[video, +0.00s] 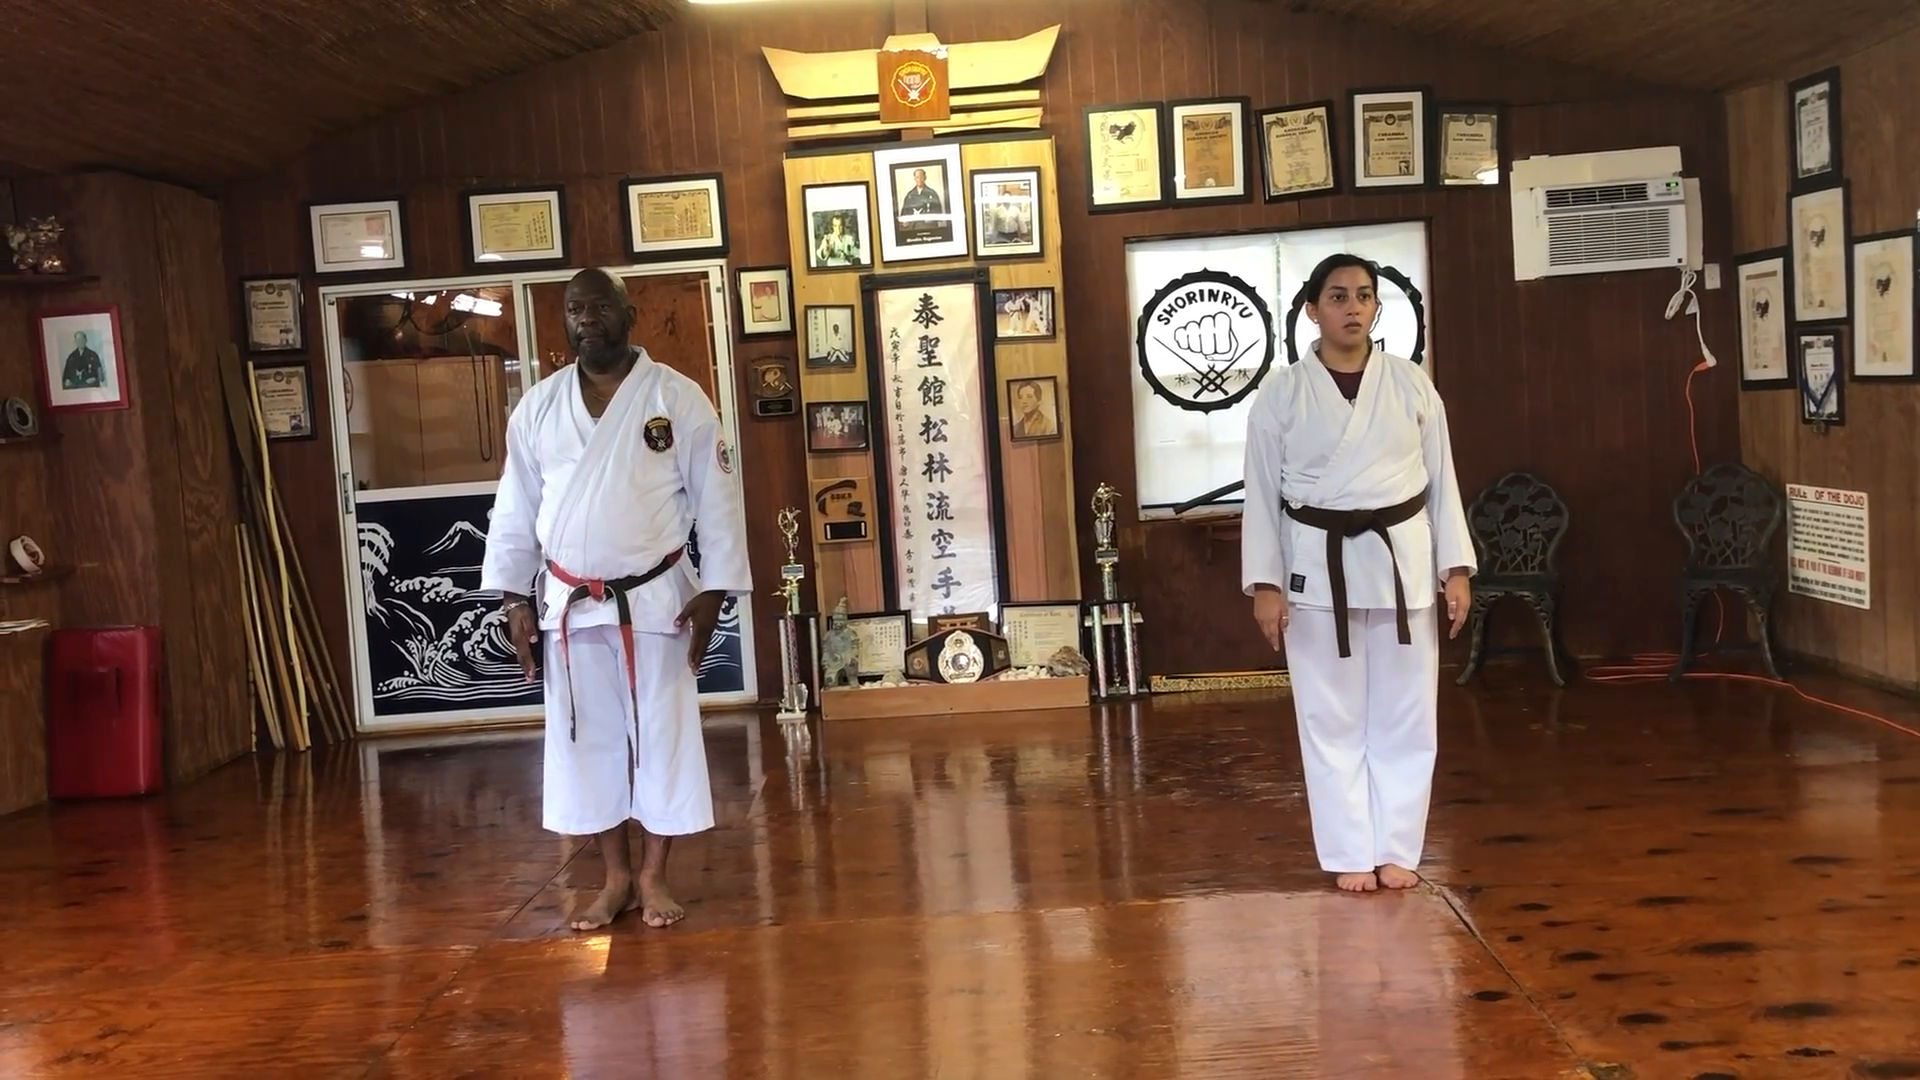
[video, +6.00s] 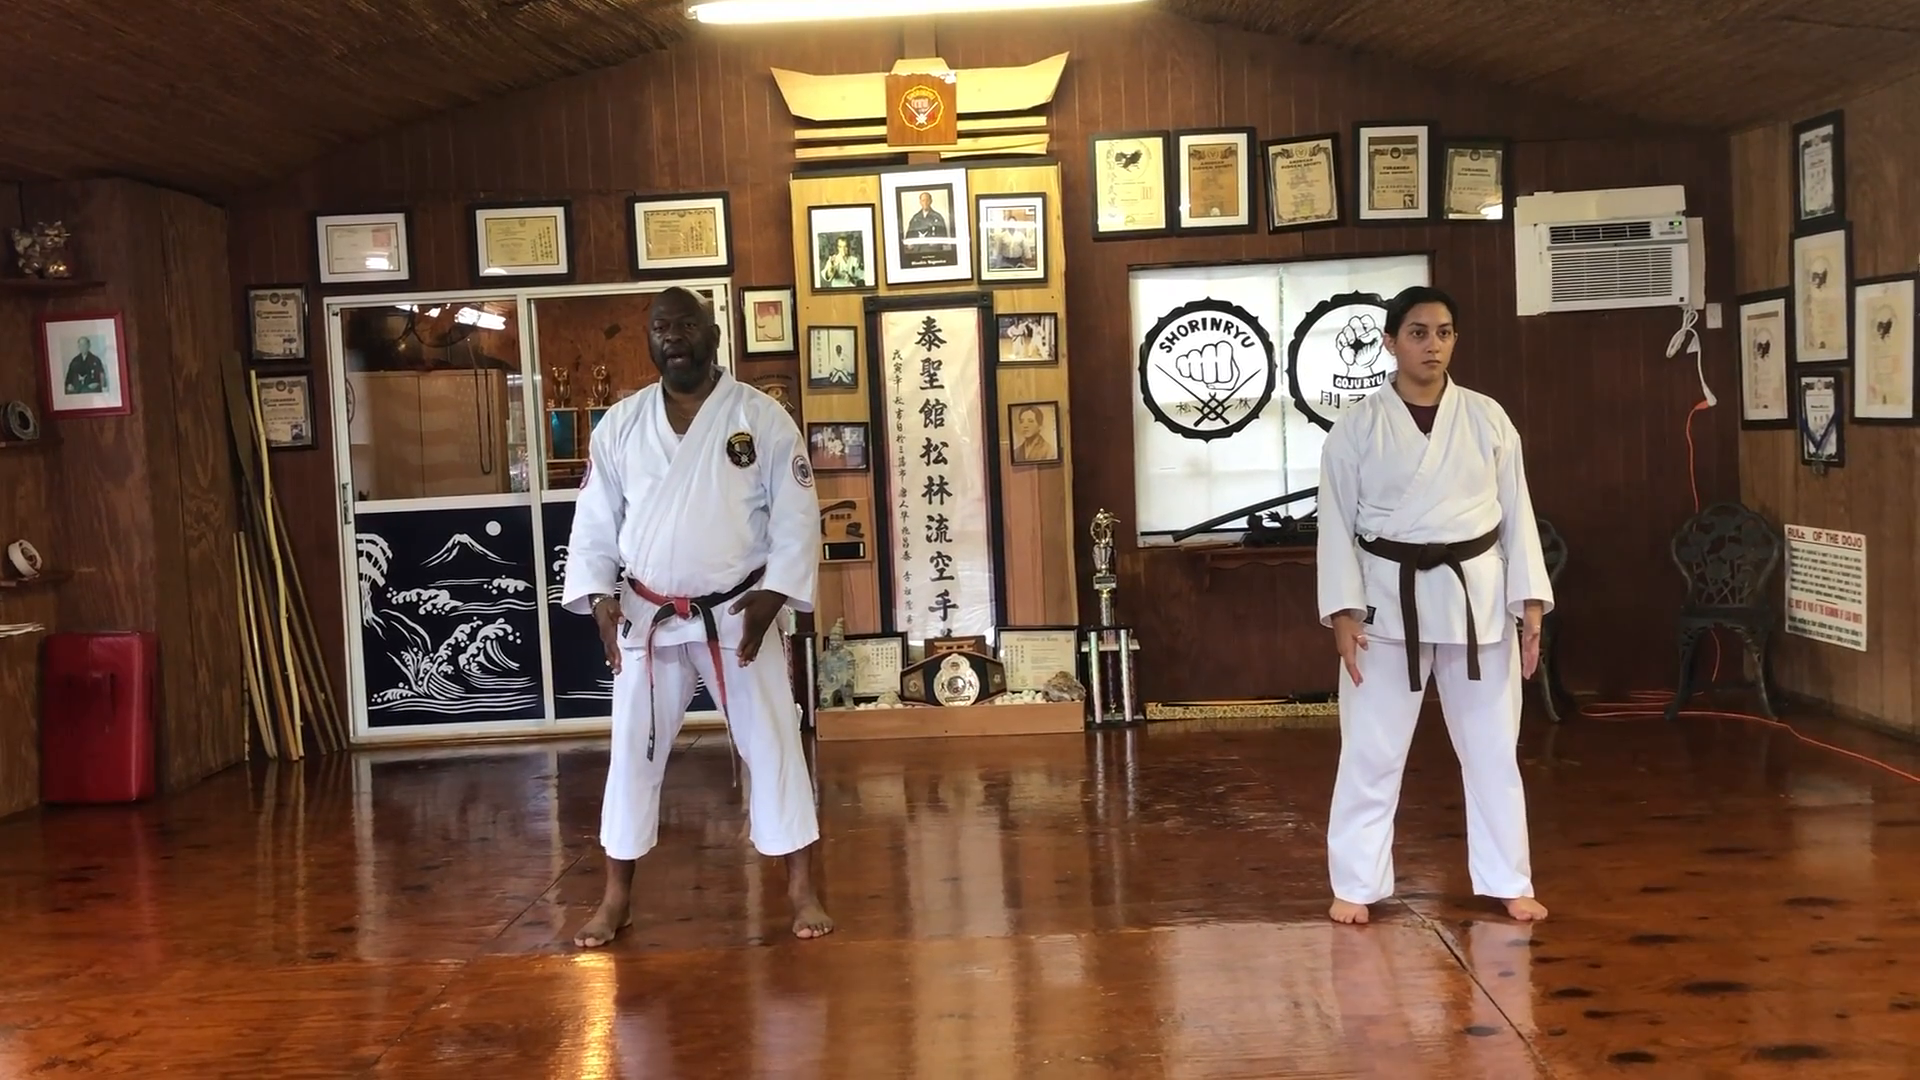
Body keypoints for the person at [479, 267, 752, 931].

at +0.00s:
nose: (587, 321)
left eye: (600, 309)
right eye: (577, 311)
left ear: (629, 317)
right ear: (563, 325)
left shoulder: (678, 398)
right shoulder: (536, 407)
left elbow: (717, 499)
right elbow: (516, 506)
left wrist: (716, 591)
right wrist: (513, 598)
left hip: (655, 591)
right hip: (570, 597)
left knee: (659, 733)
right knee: (588, 734)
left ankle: (651, 876)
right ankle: (615, 878)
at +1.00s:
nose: (560, 392)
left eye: (572, 379)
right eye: (550, 380)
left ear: (605, 367)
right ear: (540, 376)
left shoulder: (666, 420)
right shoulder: (522, 430)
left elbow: (716, 510)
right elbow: (514, 528)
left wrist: (707, 600)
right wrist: (532, 616)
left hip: (662, 608)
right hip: (577, 614)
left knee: (665, 745)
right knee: (592, 746)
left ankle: (651, 882)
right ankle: (613, 884)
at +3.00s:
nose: (583, 320)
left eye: (595, 308)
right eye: (572, 312)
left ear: (624, 319)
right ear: (558, 328)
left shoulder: (675, 398)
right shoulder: (532, 410)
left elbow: (712, 499)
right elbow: (516, 508)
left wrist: (706, 589)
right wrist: (524, 597)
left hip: (656, 590)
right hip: (572, 597)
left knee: (658, 733)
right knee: (590, 734)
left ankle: (654, 879)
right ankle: (617, 880)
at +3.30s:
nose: (592, 324)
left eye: (603, 310)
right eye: (579, 314)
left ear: (631, 316)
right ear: (566, 326)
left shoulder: (682, 394)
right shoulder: (541, 413)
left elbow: (728, 491)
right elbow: (526, 512)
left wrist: (733, 579)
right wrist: (533, 604)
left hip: (680, 585)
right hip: (591, 597)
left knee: (712, 723)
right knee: (600, 735)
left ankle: (747, 868)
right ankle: (620, 881)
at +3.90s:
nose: (693, 328)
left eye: (704, 316)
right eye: (680, 319)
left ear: (730, 323)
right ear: (664, 333)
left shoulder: (779, 406)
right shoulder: (637, 413)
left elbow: (815, 502)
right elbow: (615, 507)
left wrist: (797, 576)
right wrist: (619, 586)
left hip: (761, 594)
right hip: (668, 599)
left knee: (794, 734)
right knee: (651, 743)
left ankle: (815, 877)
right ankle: (626, 888)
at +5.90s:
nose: (673, 339)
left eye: (685, 326)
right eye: (661, 330)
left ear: (715, 334)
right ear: (648, 343)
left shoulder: (764, 418)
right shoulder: (620, 425)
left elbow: (797, 517)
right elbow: (596, 517)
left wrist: (774, 593)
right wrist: (600, 594)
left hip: (738, 608)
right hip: (648, 612)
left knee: (776, 746)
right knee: (631, 752)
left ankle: (804, 889)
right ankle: (614, 901)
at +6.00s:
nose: (673, 338)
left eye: (684, 326)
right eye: (661, 329)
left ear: (714, 334)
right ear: (648, 343)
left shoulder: (762, 418)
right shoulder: (619, 426)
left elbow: (797, 518)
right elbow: (595, 517)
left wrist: (772, 594)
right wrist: (599, 594)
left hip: (738, 607)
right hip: (647, 612)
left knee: (775, 745)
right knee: (631, 752)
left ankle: (804, 889)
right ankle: (614, 901)